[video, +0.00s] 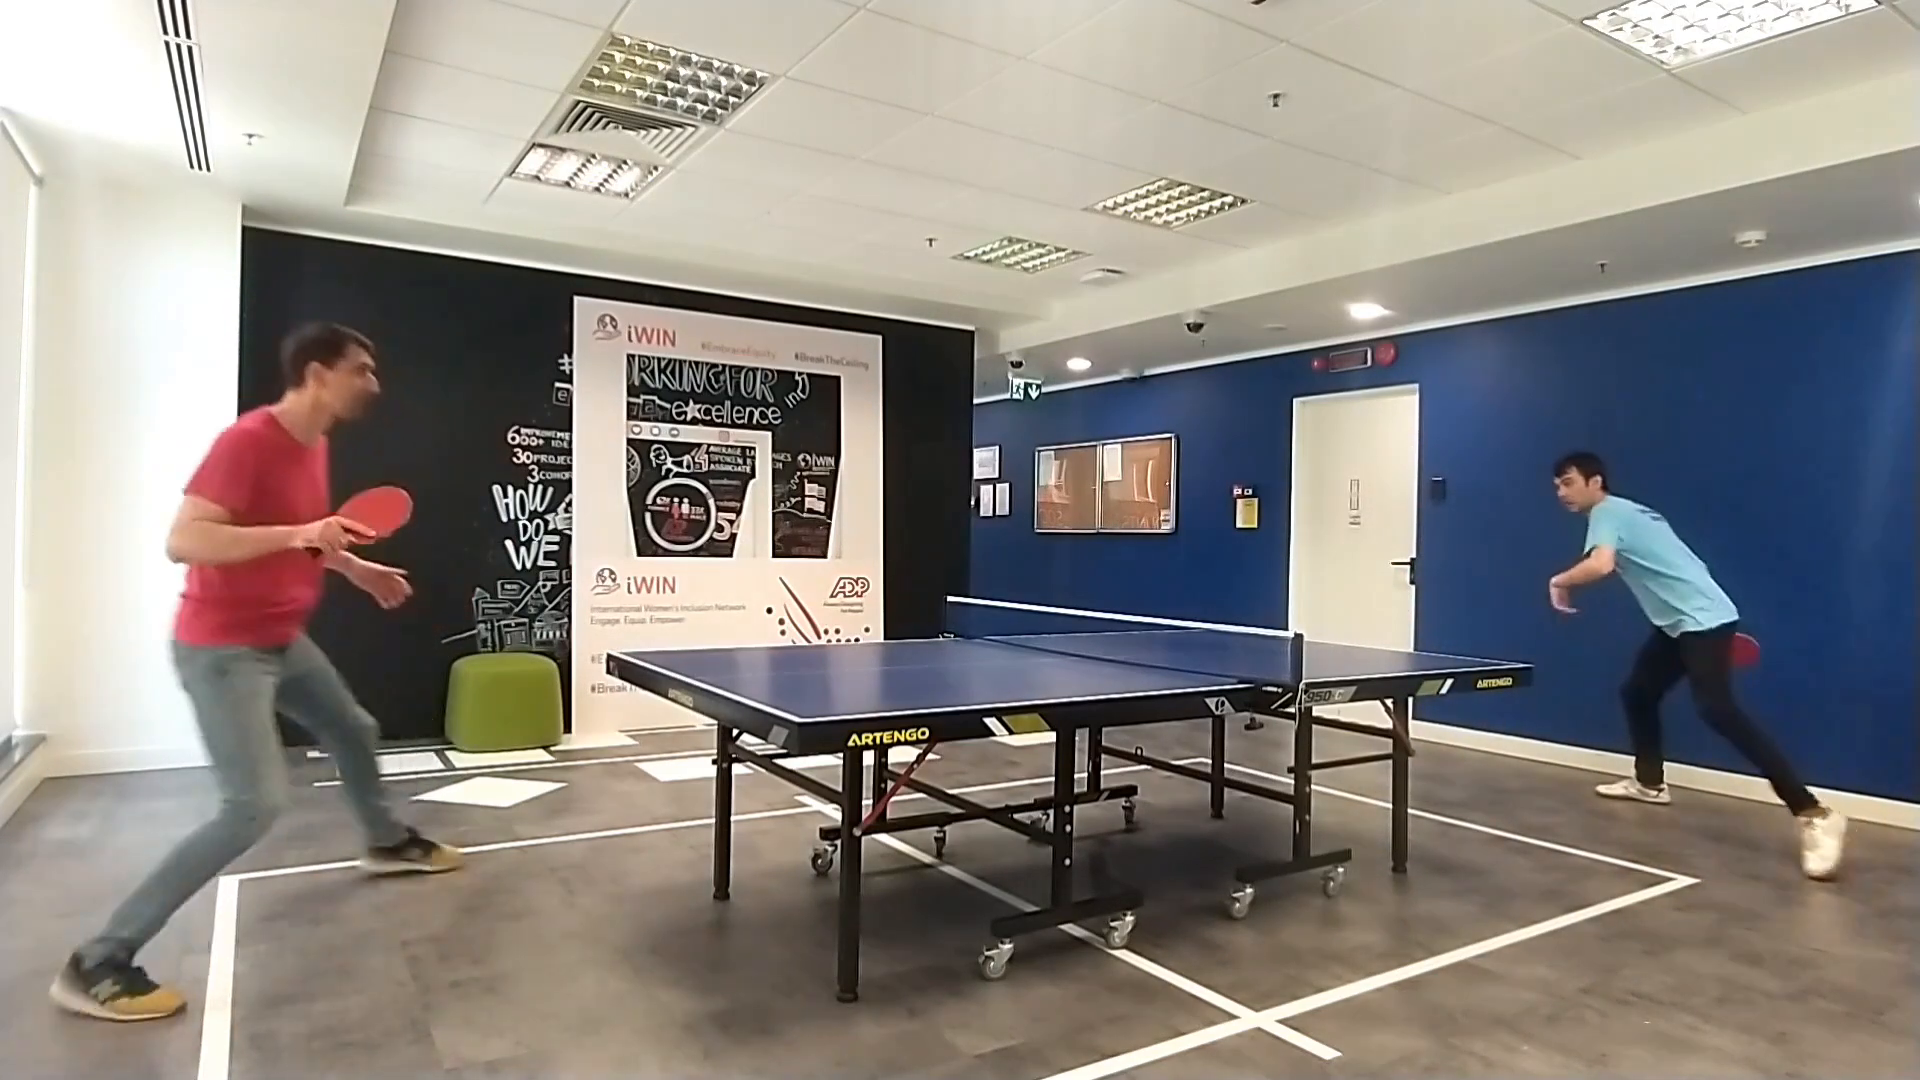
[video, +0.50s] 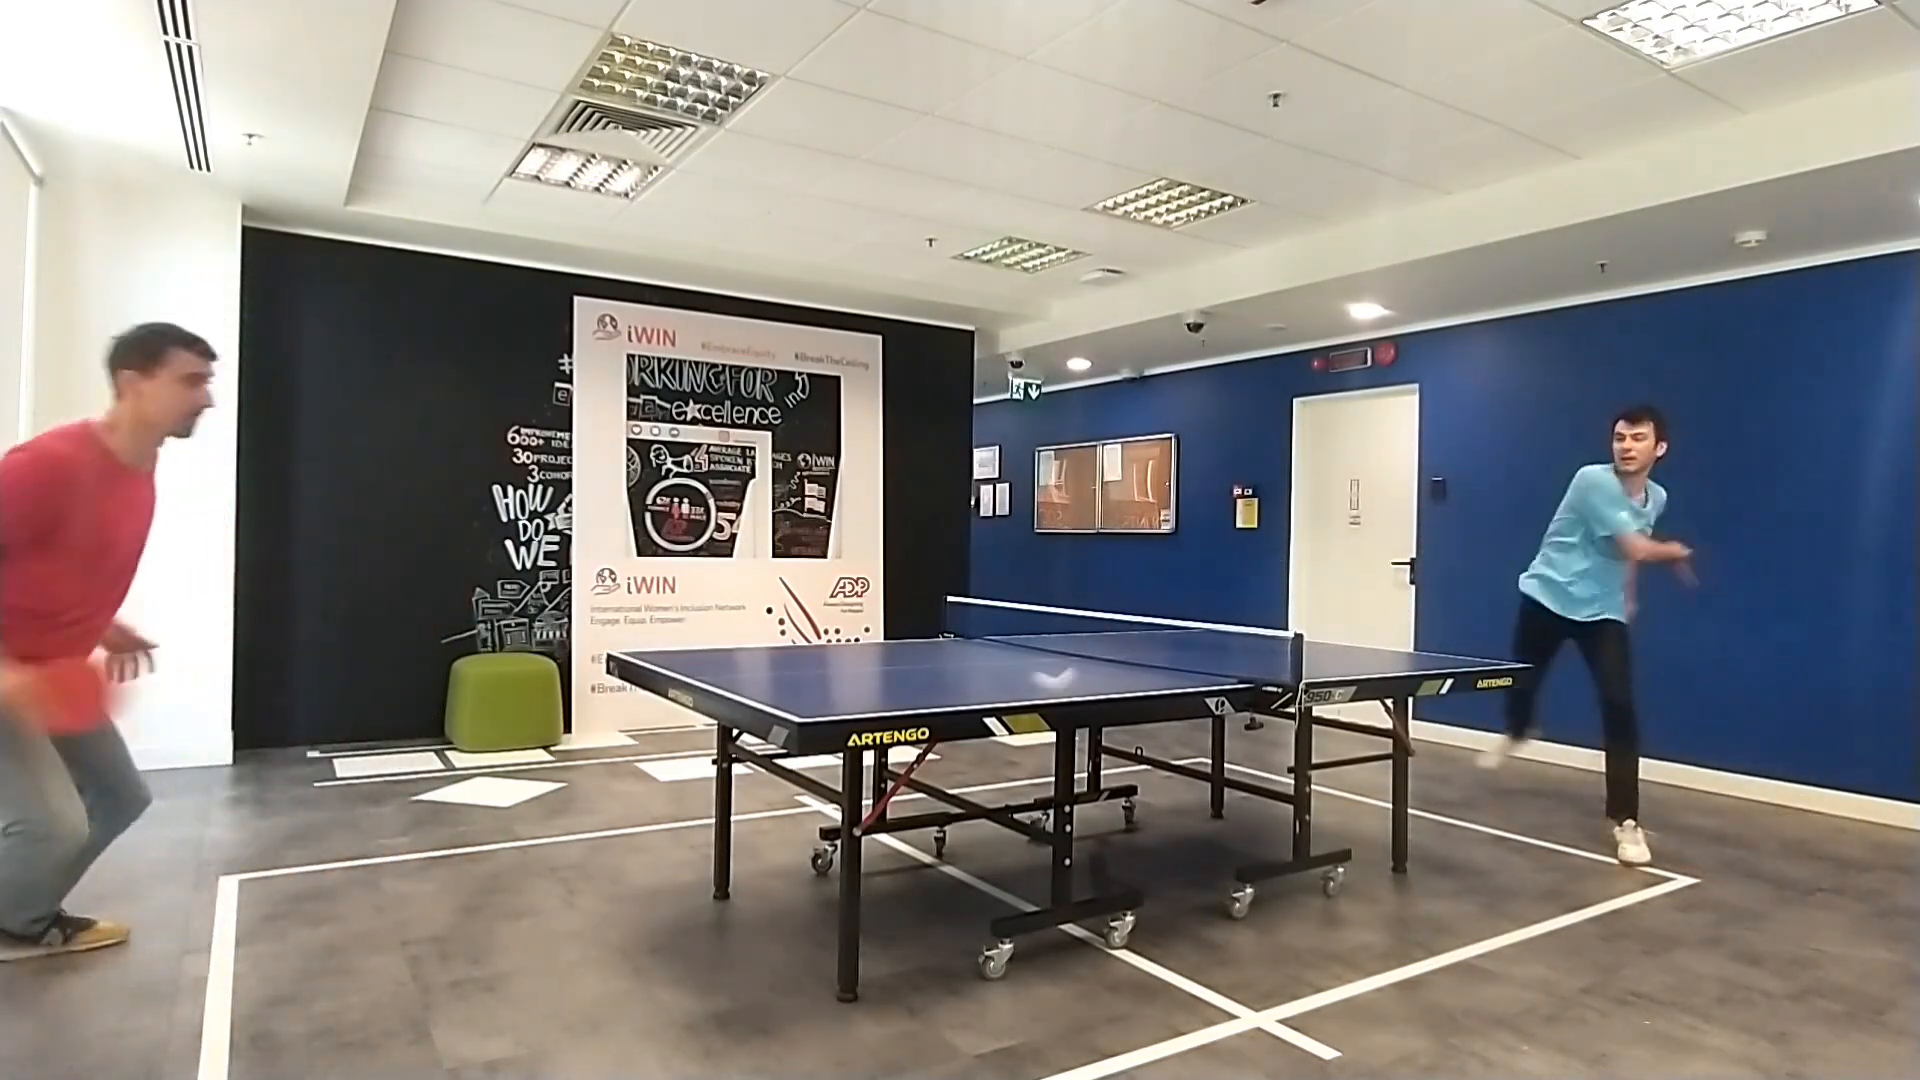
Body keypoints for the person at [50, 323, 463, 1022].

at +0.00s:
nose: (372, 385)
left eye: (372, 374)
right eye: (361, 371)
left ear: (325, 380)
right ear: (315, 374)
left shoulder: (313, 446)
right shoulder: (247, 440)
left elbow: (294, 533)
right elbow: (183, 540)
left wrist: (356, 568)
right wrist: (297, 535)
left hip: (281, 639)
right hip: (220, 650)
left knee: (355, 732)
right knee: (252, 807)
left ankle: (387, 841)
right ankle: (99, 963)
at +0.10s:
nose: (335, 350)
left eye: (335, 338)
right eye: (324, 334)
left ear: (286, 344)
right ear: (275, 336)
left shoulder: (276, 420)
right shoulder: (205, 409)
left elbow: (244, 509)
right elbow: (146, 508)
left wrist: (314, 542)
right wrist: (277, 522)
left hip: (230, 621)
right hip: (160, 627)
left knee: (309, 722)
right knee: (207, 789)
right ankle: (93, 961)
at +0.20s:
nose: (297, 324)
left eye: (298, 312)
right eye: (285, 309)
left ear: (251, 319)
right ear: (234, 311)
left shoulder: (245, 401)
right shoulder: (160, 385)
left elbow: (217, 498)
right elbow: (96, 491)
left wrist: (288, 538)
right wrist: (221, 526)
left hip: (187, 613)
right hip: (113, 608)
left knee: (243, 737)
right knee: (154, 779)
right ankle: (35, 960)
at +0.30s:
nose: (268, 339)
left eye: (267, 327)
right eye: (255, 324)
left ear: (217, 335)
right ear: (203, 327)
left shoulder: (205, 418)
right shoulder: (127, 404)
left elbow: (163, 512)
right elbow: (38, 508)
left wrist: (230, 556)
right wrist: (168, 563)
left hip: (133, 633)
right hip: (64, 626)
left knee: (168, 771)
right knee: (73, 812)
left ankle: (53, 888)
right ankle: (6, 906)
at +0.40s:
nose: (247, 381)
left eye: (247, 367)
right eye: (233, 364)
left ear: (189, 373)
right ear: (178, 367)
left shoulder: (168, 458)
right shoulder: (100, 442)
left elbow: (103, 548)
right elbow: (4, 537)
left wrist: (165, 599)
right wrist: (103, 620)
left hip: (84, 665)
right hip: (21, 659)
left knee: (134, 798)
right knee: (56, 829)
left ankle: (27, 917)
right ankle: (11, 924)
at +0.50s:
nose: (207, 399)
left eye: (207, 384)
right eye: (193, 381)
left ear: (148, 388)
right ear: (132, 382)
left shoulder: (139, 473)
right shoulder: (44, 466)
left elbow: (53, 572)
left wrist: (106, 626)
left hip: (60, 670)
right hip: (8, 674)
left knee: (120, 798)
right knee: (49, 824)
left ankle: (24, 917)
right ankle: (12, 922)